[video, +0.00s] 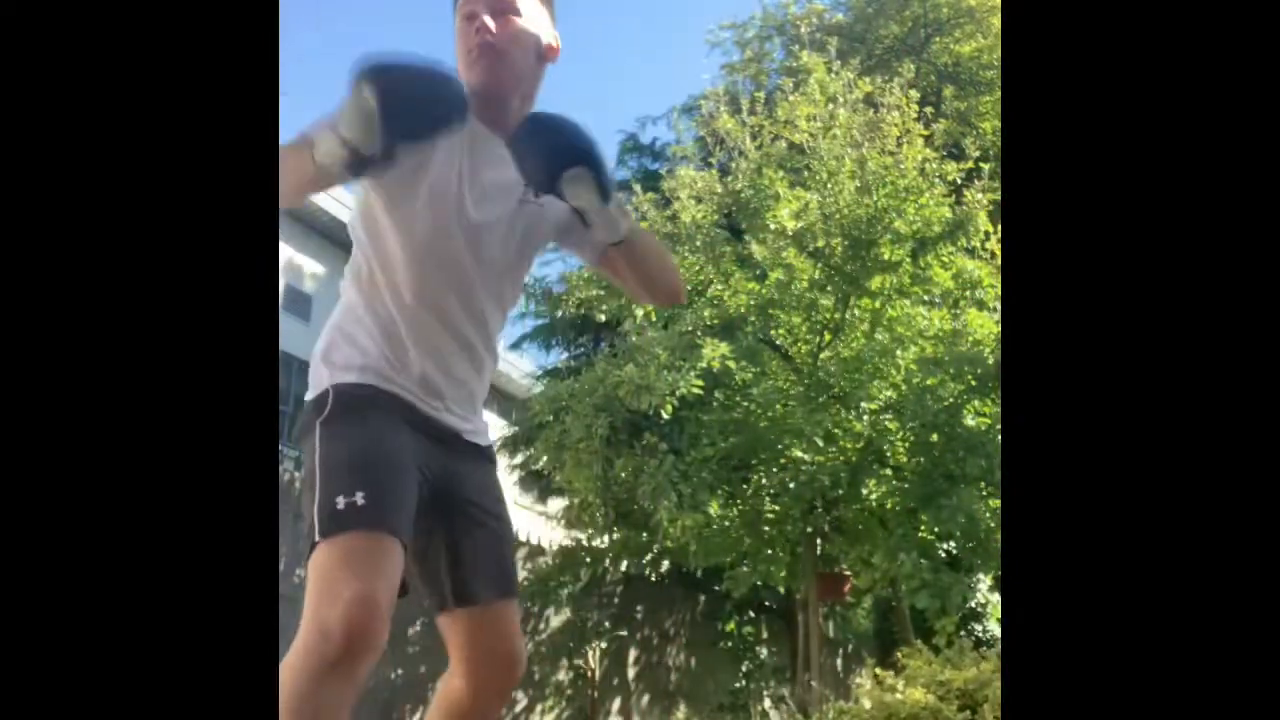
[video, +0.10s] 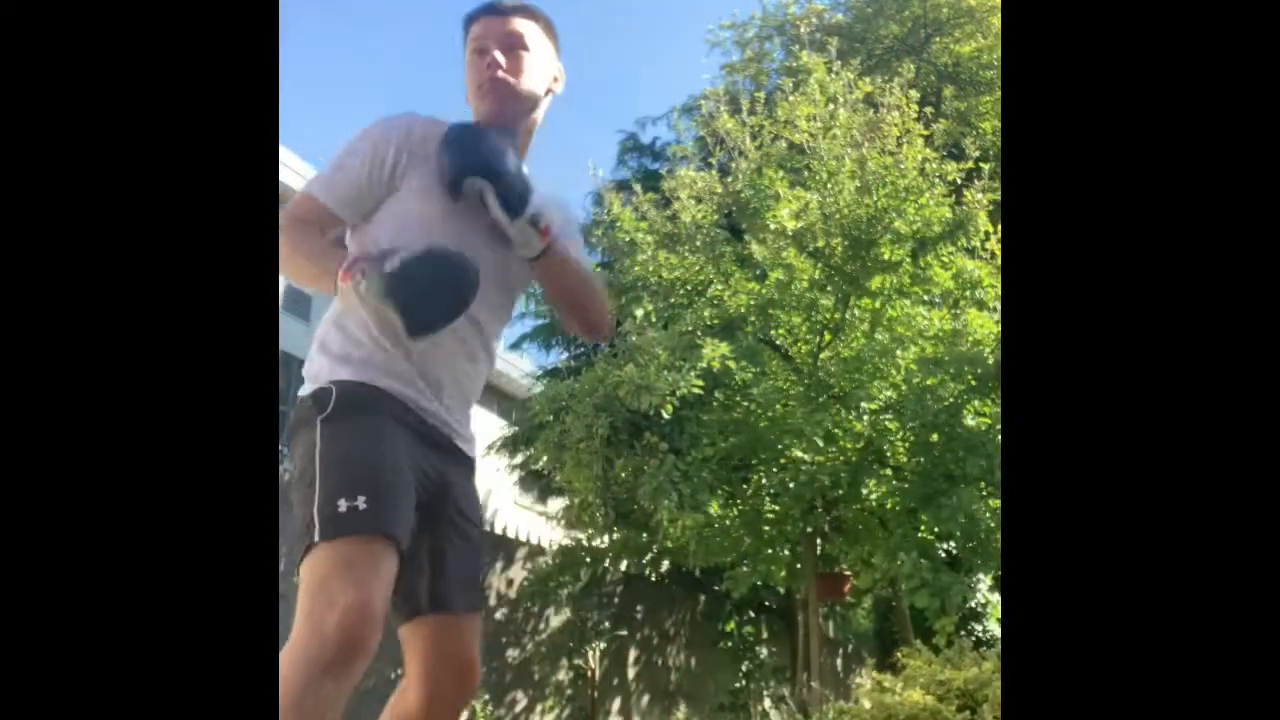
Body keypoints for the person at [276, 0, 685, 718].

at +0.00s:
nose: (480, 21)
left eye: (504, 10)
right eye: (469, 12)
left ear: (550, 47)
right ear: (455, 40)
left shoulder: (552, 184)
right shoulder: (406, 117)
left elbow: (666, 289)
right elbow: (282, 187)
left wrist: (605, 207)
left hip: (460, 423)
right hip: (366, 385)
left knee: (493, 665)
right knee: (351, 623)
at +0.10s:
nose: (494, 58)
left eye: (516, 47)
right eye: (481, 49)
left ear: (553, 80)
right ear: (465, 73)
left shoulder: (547, 209)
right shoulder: (408, 137)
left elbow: (596, 322)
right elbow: (292, 234)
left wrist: (525, 223)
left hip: (450, 432)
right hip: (361, 387)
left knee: (449, 679)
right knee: (345, 622)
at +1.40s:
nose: (499, 122)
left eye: (517, 106)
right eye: (483, 111)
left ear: (555, 122)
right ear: (467, 125)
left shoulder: (574, 236)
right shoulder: (425, 197)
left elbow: (569, 326)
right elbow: (331, 304)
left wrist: (521, 206)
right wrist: (393, 218)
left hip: (498, 457)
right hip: (403, 421)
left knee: (493, 693)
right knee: (371, 631)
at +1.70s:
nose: (456, 98)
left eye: (474, 79)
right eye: (439, 82)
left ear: (509, 86)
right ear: (420, 99)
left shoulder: (569, 186)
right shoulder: (405, 183)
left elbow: (564, 278)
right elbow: (372, 299)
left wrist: (508, 155)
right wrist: (406, 156)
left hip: (529, 459)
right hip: (419, 438)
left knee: (595, 691)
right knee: (362, 638)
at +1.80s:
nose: (492, 100)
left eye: (508, 82)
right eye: (475, 90)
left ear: (553, 92)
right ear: (459, 106)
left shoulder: (595, 206)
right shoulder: (430, 194)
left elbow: (610, 330)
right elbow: (369, 347)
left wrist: (549, 215)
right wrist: (422, 237)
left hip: (544, 462)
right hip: (436, 439)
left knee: (618, 696)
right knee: (377, 642)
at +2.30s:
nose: (568, 119)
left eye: (584, 102)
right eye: (553, 106)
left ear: (625, 109)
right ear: (538, 119)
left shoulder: (667, 211)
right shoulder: (518, 200)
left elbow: (687, 285)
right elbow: (412, 300)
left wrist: (632, 164)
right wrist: (478, 185)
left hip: (628, 468)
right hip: (527, 444)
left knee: (675, 696)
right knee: (492, 645)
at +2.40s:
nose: (590, 151)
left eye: (608, 131)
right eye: (575, 133)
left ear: (635, 130)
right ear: (549, 136)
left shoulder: (677, 221)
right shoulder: (531, 212)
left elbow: (662, 285)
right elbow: (493, 301)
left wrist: (622, 159)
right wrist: (522, 178)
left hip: (641, 473)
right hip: (537, 456)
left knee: (724, 697)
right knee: (492, 643)